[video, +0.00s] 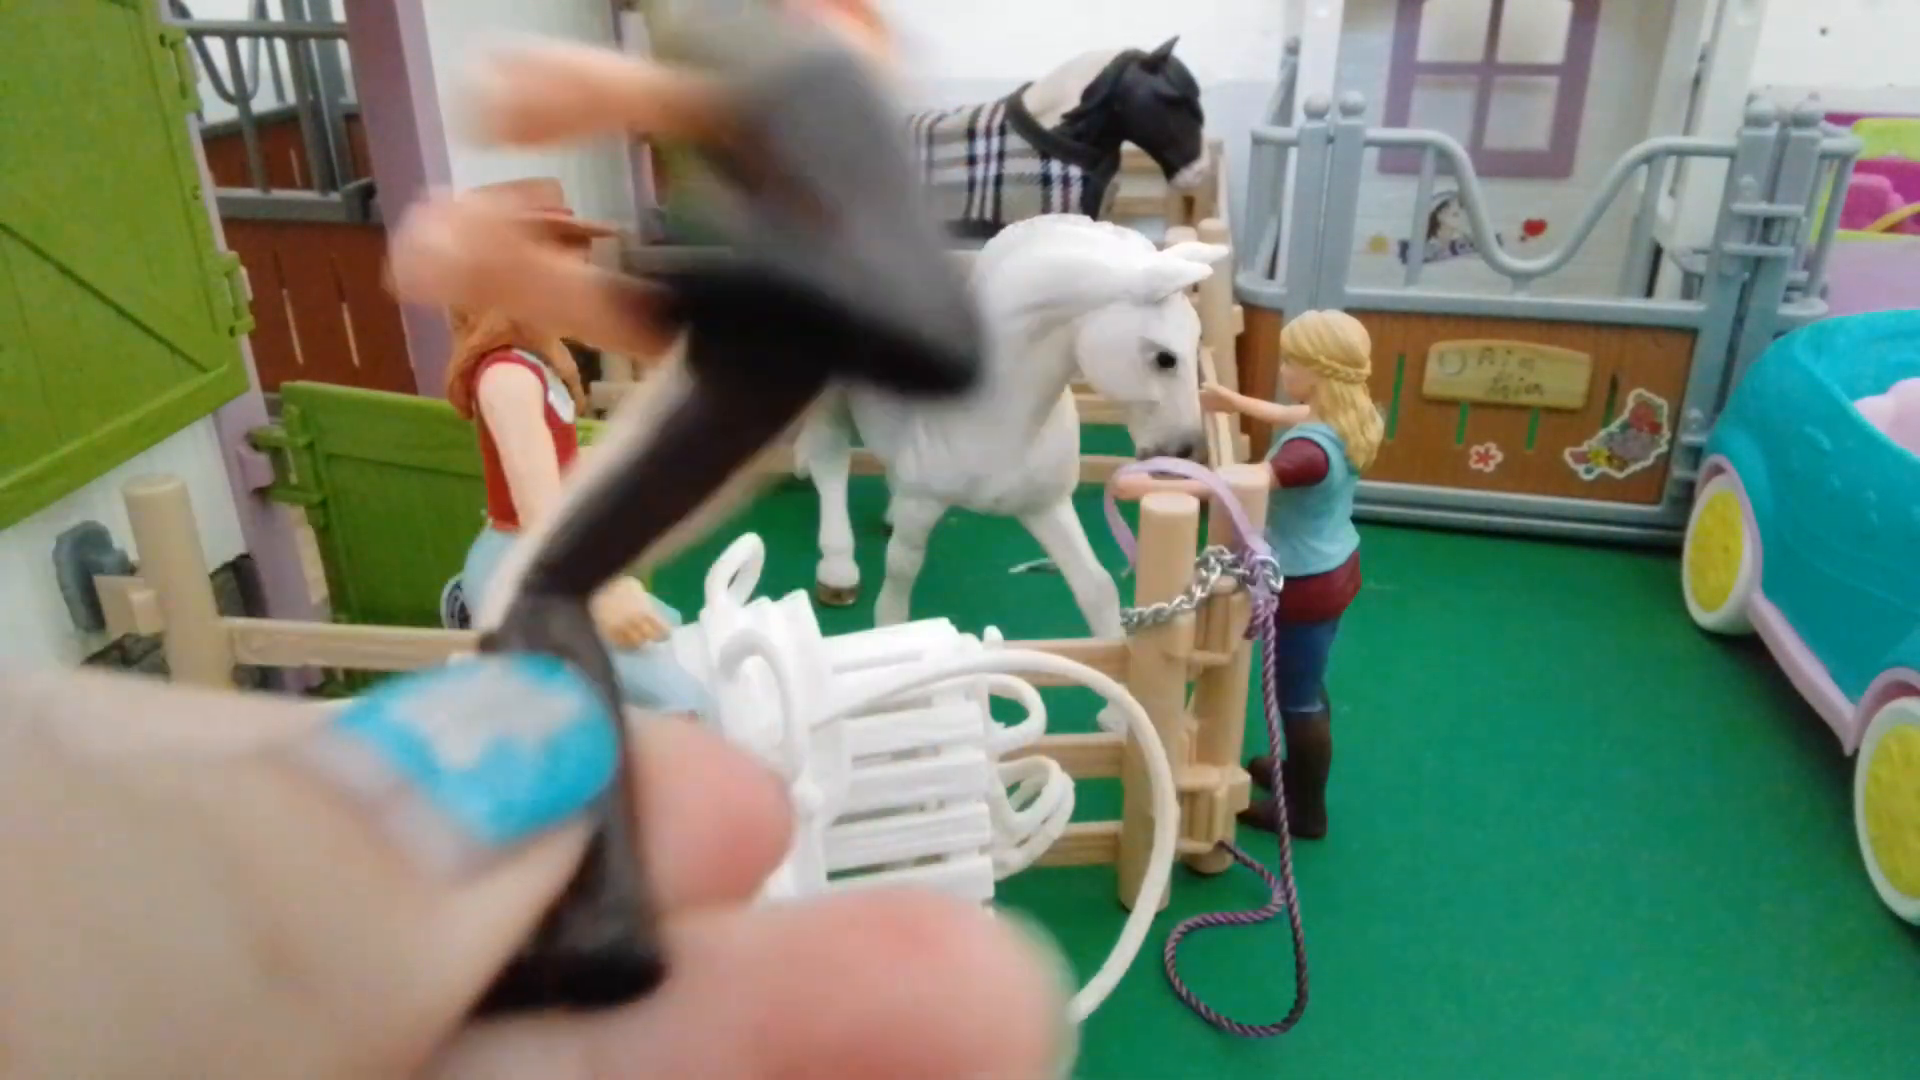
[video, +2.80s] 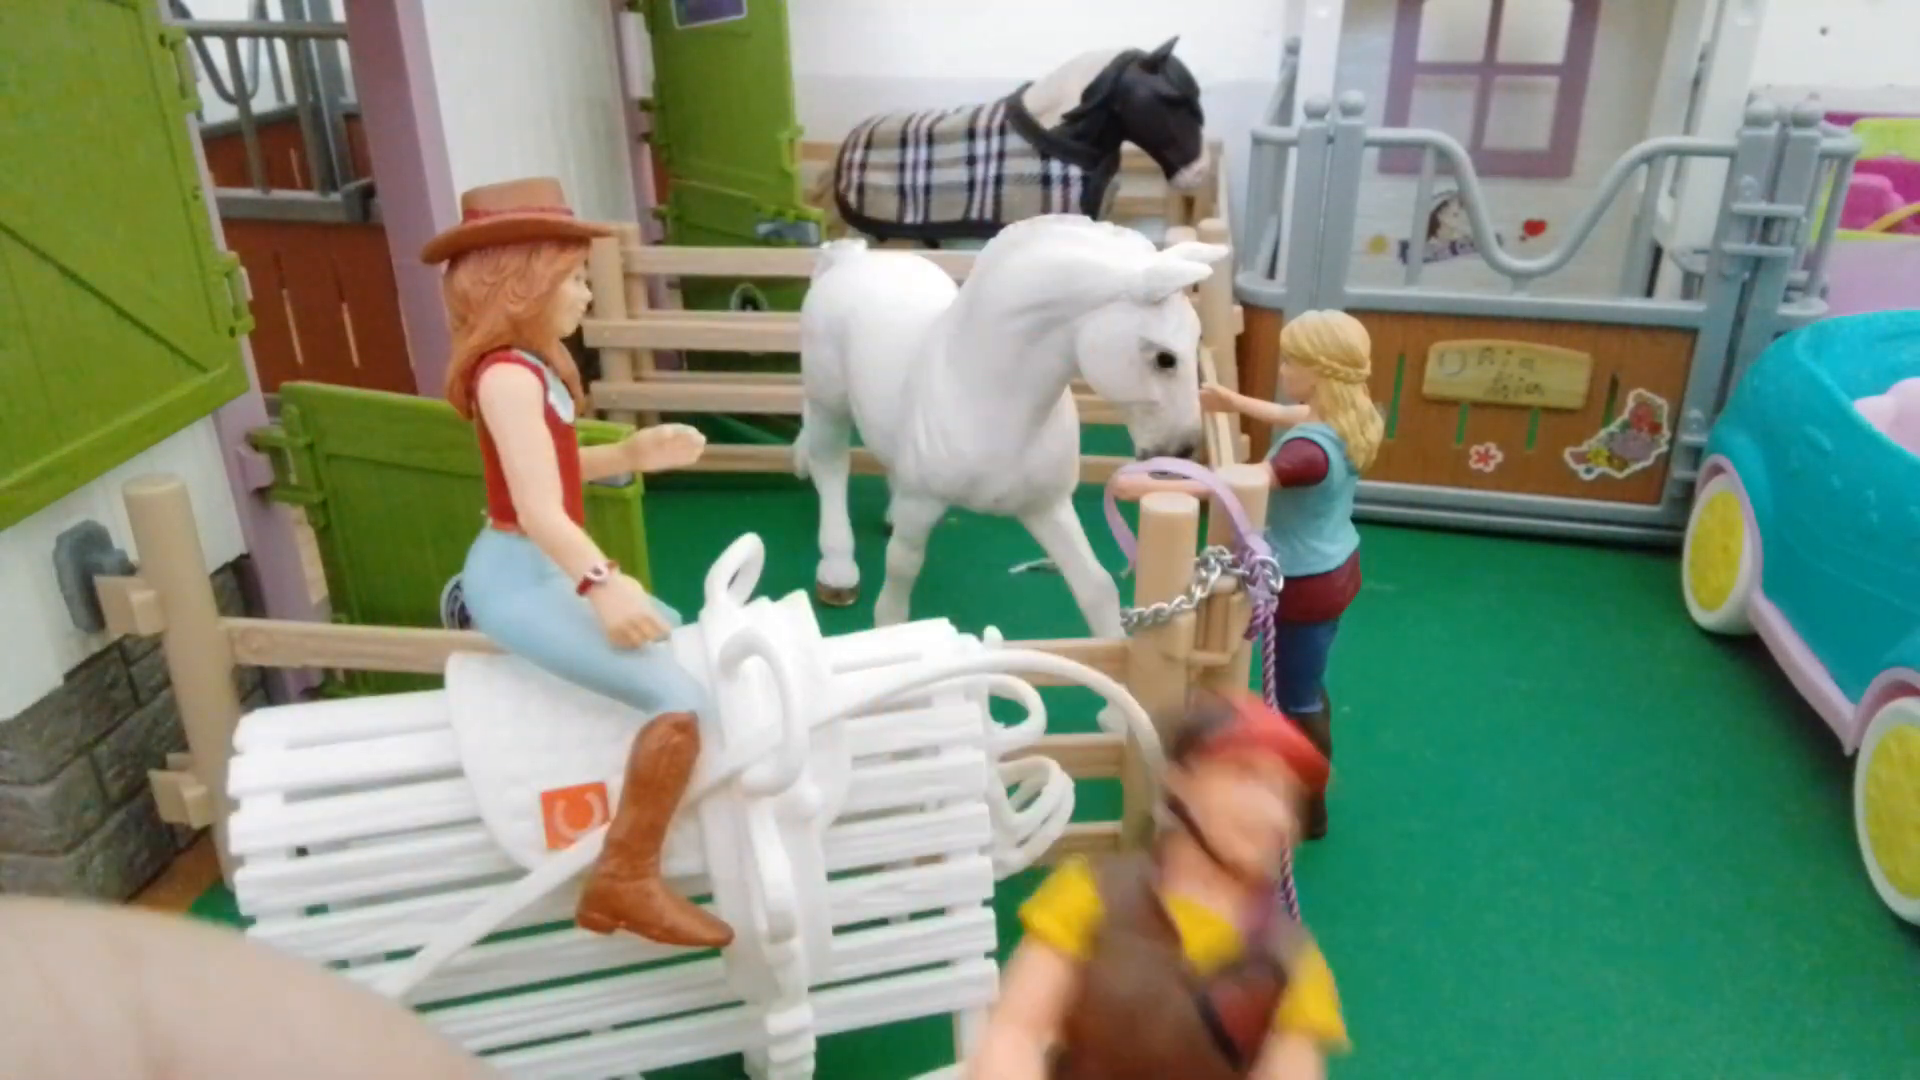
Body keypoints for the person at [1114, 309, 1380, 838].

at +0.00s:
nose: (1282, 370)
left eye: (1290, 361)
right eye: (1285, 359)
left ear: (1319, 372)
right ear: (1336, 372)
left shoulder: (1314, 447)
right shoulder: (1347, 417)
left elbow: (1242, 480)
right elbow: (1286, 415)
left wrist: (1157, 484)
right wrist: (1235, 401)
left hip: (1304, 588)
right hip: (1331, 567)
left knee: (1300, 701)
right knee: (1301, 682)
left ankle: (1303, 813)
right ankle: (1298, 773)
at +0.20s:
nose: (1280, 371)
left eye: (1289, 361)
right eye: (1283, 360)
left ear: (1317, 373)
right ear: (1335, 373)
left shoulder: (1315, 448)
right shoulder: (1344, 419)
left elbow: (1253, 488)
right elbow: (1286, 416)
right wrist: (1233, 400)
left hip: (1316, 575)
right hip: (1337, 561)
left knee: (1295, 686)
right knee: (1309, 674)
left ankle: (1299, 807)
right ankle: (1300, 769)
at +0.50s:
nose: (1281, 371)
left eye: (1290, 363)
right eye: (1284, 361)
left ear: (1317, 374)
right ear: (1336, 373)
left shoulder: (1315, 448)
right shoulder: (1346, 419)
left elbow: (1253, 479)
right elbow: (1292, 415)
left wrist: (1193, 479)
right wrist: (1236, 401)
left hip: (1309, 579)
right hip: (1333, 565)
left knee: (1297, 691)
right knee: (1299, 676)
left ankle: (1302, 809)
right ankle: (1298, 771)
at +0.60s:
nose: (1280, 373)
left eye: (1290, 363)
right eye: (1283, 362)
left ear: (1314, 373)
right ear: (1347, 369)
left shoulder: (1316, 438)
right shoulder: (1356, 422)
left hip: (1310, 574)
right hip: (1335, 564)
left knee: (1296, 688)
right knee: (1304, 680)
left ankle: (1303, 806)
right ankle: (1295, 772)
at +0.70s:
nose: (1281, 373)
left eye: (1290, 363)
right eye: (1286, 363)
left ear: (1308, 373)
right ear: (1349, 372)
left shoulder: (1311, 444)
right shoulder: (1336, 432)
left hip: (1316, 573)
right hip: (1337, 562)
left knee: (1304, 697)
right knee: (1304, 685)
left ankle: (1303, 806)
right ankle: (1294, 773)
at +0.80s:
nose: (1282, 371)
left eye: (1290, 362)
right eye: (1285, 360)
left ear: (1317, 373)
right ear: (1332, 372)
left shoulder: (1312, 448)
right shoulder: (1349, 417)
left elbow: (1248, 478)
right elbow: (1292, 415)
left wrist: (1187, 475)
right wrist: (1235, 400)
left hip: (1308, 586)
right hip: (1340, 564)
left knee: (1300, 694)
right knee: (1300, 674)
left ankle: (1303, 809)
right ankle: (1293, 766)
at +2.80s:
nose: (1282, 371)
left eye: (1290, 362)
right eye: (1285, 360)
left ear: (1318, 372)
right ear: (1336, 372)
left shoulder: (1314, 447)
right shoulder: (1349, 417)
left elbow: (1250, 478)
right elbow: (1290, 416)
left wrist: (1165, 484)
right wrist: (1236, 401)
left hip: (1304, 587)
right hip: (1334, 564)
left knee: (1295, 698)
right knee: (1305, 683)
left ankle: (1307, 811)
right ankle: (1309, 788)